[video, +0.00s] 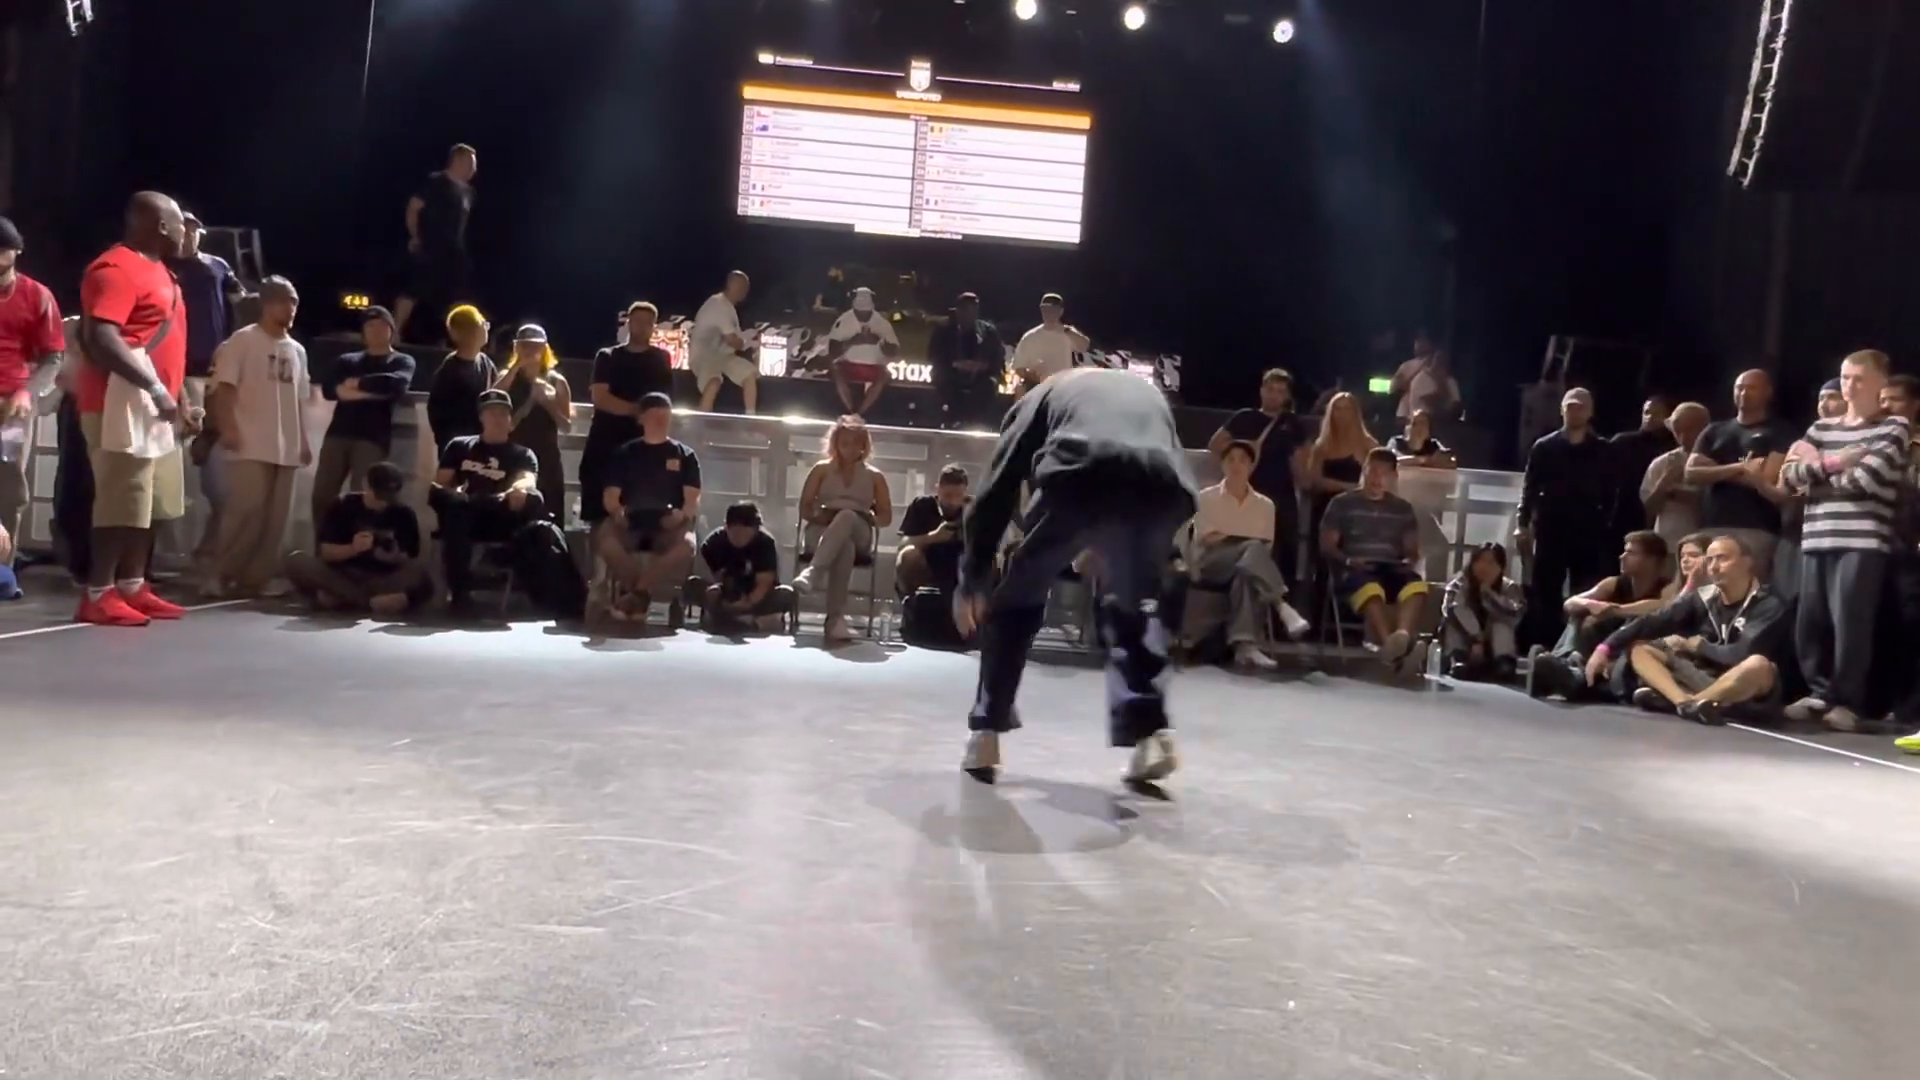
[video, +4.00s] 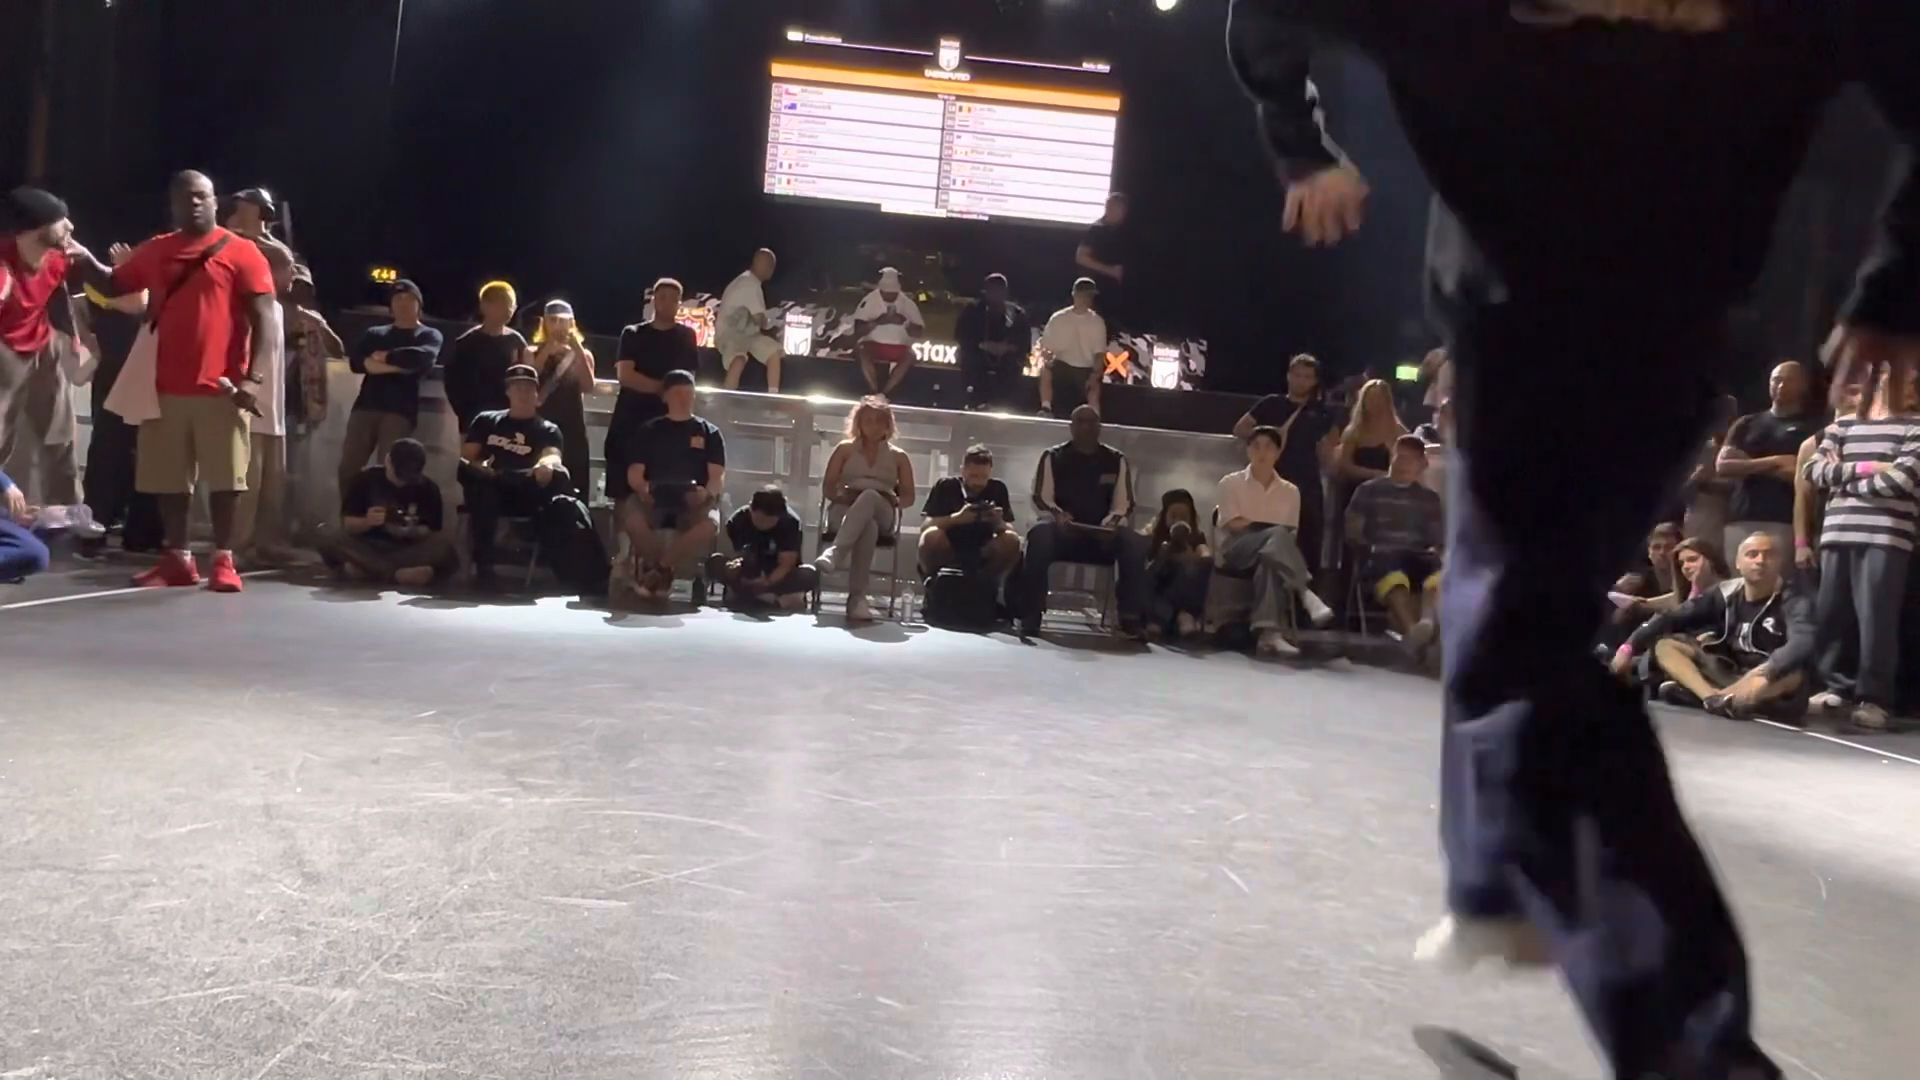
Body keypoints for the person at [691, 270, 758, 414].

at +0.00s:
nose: (744, 292)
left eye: (746, 288)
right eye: (742, 287)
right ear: (732, 286)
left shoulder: (728, 307)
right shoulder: (718, 304)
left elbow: (736, 334)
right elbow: (731, 339)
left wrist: (750, 337)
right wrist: (743, 343)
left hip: (723, 354)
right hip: (703, 354)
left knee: (749, 375)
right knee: (714, 381)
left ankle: (750, 418)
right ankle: (701, 421)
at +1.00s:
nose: (762, 280)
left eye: (763, 276)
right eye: (760, 275)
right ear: (749, 274)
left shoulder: (746, 295)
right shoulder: (736, 292)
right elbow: (749, 329)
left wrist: (766, 324)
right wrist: (763, 330)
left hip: (739, 343)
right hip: (719, 343)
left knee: (764, 362)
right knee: (729, 368)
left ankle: (763, 405)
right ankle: (717, 409)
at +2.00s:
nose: (769, 271)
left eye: (771, 267)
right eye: (767, 266)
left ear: (771, 268)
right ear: (758, 264)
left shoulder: (755, 284)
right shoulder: (747, 283)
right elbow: (759, 319)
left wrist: (757, 318)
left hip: (748, 333)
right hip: (729, 332)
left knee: (774, 353)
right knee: (739, 359)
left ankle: (772, 396)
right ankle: (725, 397)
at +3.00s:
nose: (770, 270)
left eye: (772, 266)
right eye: (769, 265)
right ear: (760, 264)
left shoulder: (753, 282)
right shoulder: (749, 282)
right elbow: (759, 317)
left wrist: (764, 318)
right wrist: (768, 321)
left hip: (750, 333)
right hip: (730, 332)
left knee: (775, 353)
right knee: (739, 359)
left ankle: (773, 396)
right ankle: (726, 398)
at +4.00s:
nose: (772, 270)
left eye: (773, 267)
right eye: (771, 266)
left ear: (756, 264)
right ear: (762, 265)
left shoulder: (753, 282)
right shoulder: (749, 283)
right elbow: (759, 318)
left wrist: (764, 319)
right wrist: (767, 323)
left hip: (750, 334)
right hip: (730, 333)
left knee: (774, 353)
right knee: (738, 360)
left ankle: (773, 397)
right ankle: (726, 399)